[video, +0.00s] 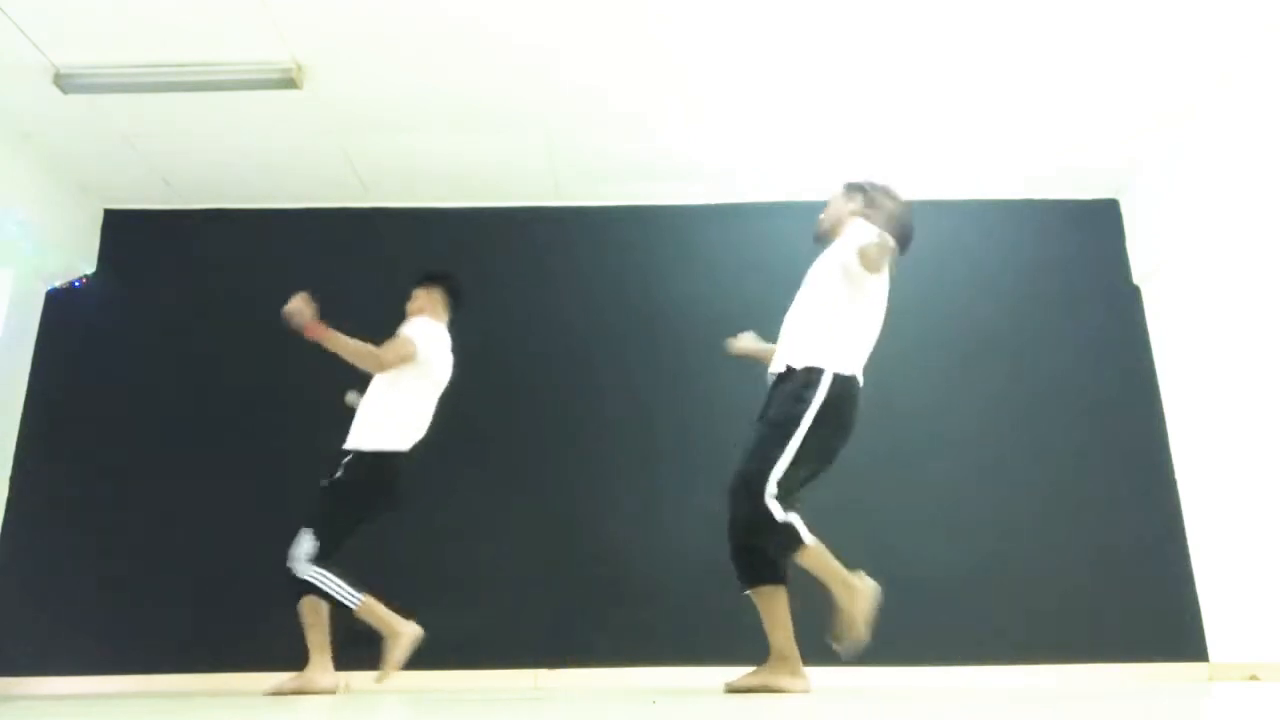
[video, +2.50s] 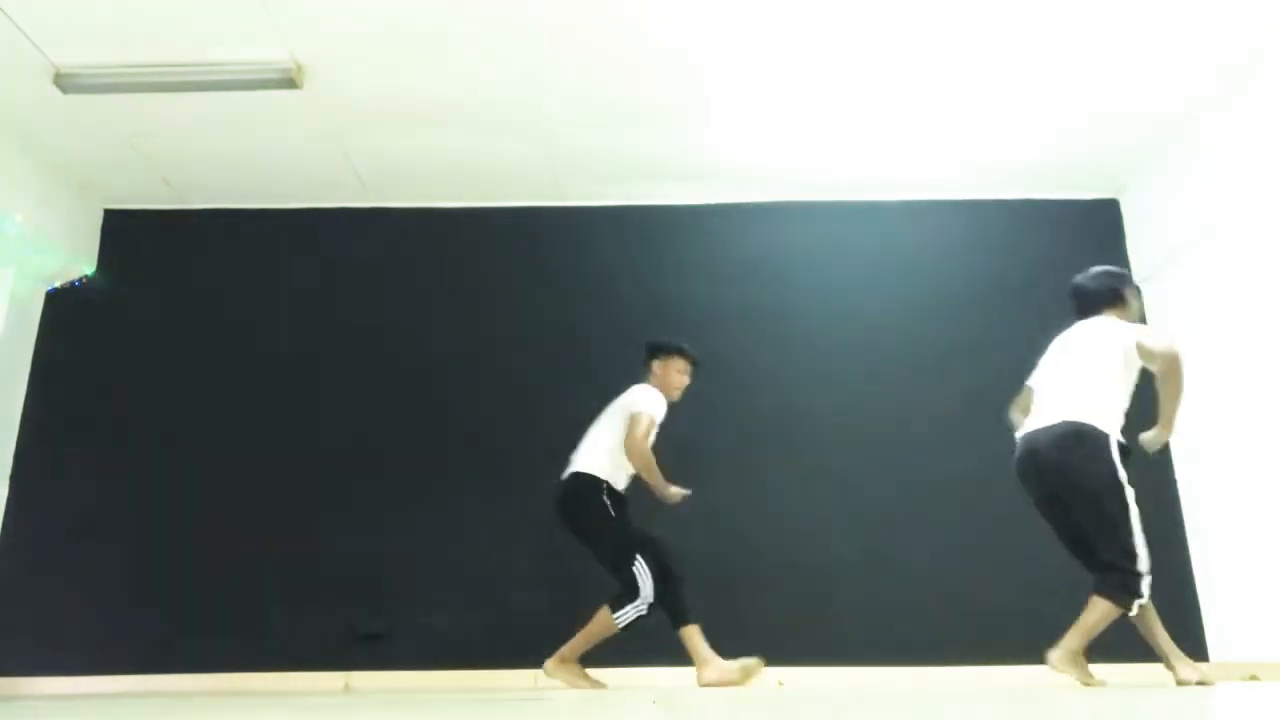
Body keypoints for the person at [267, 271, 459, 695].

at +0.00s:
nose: (410, 303)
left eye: (419, 298)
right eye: (412, 298)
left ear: (437, 305)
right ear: (437, 310)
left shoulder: (425, 330)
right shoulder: (438, 348)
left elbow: (381, 361)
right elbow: (411, 404)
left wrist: (313, 326)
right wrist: (368, 403)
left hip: (371, 462)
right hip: (371, 462)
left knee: (305, 559)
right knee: (306, 560)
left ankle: (398, 630)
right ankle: (319, 669)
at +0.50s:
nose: (475, 336)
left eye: (472, 329)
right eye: (473, 329)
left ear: (433, 324)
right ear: (462, 325)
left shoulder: (394, 354)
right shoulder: (477, 353)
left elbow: (336, 402)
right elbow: (537, 386)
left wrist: (312, 454)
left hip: (402, 461)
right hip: (459, 455)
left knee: (399, 571)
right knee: (517, 546)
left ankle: (442, 671)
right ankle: (537, 651)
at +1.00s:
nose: (531, 314)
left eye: (532, 305)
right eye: (524, 304)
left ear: (522, 310)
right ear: (497, 305)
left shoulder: (509, 354)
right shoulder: (479, 339)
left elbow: (513, 397)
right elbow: (424, 357)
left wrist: (538, 431)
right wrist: (444, 411)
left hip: (442, 461)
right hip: (458, 461)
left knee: (458, 568)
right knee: (517, 561)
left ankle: (406, 632)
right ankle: (485, 666)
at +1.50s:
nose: (464, 365)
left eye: (471, 355)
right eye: (461, 357)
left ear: (498, 352)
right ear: (464, 359)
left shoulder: (545, 387)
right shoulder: (467, 407)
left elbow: (609, 415)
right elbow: (400, 430)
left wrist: (589, 475)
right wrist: (327, 428)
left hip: (555, 497)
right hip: (507, 497)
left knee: (613, 548)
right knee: (516, 570)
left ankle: (552, 633)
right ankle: (491, 670)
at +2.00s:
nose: (613, 352)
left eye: (622, 344)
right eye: (607, 344)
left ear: (640, 346)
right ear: (598, 347)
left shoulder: (665, 384)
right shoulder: (586, 391)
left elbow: (704, 425)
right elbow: (578, 459)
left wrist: (675, 476)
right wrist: (585, 430)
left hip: (642, 495)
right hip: (595, 492)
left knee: (699, 558)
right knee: (579, 576)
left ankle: (712, 666)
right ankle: (514, 660)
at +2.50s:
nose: (687, 381)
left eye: (689, 374)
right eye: (682, 371)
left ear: (662, 372)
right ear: (656, 367)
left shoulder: (638, 397)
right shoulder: (650, 396)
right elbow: (636, 444)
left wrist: (657, 485)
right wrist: (664, 488)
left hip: (599, 497)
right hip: (589, 494)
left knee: (663, 573)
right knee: (640, 592)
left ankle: (709, 664)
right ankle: (563, 660)